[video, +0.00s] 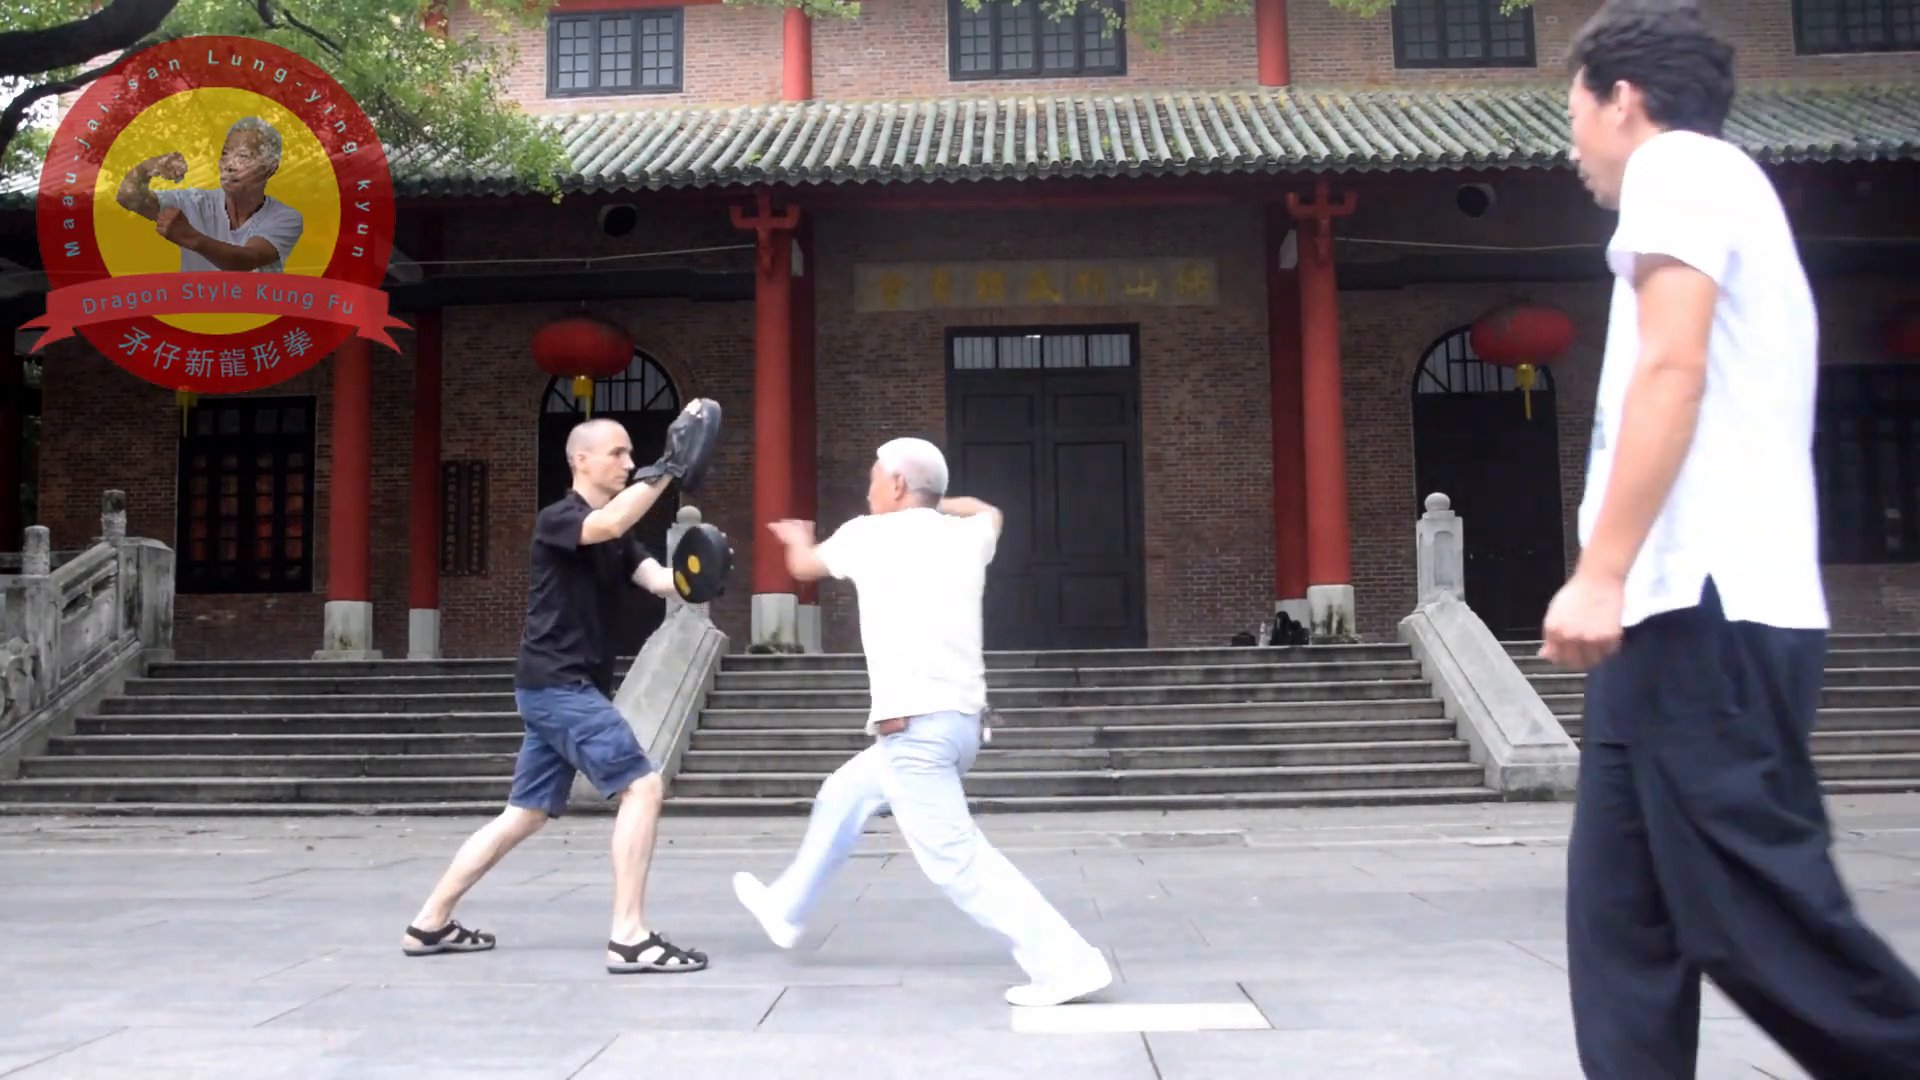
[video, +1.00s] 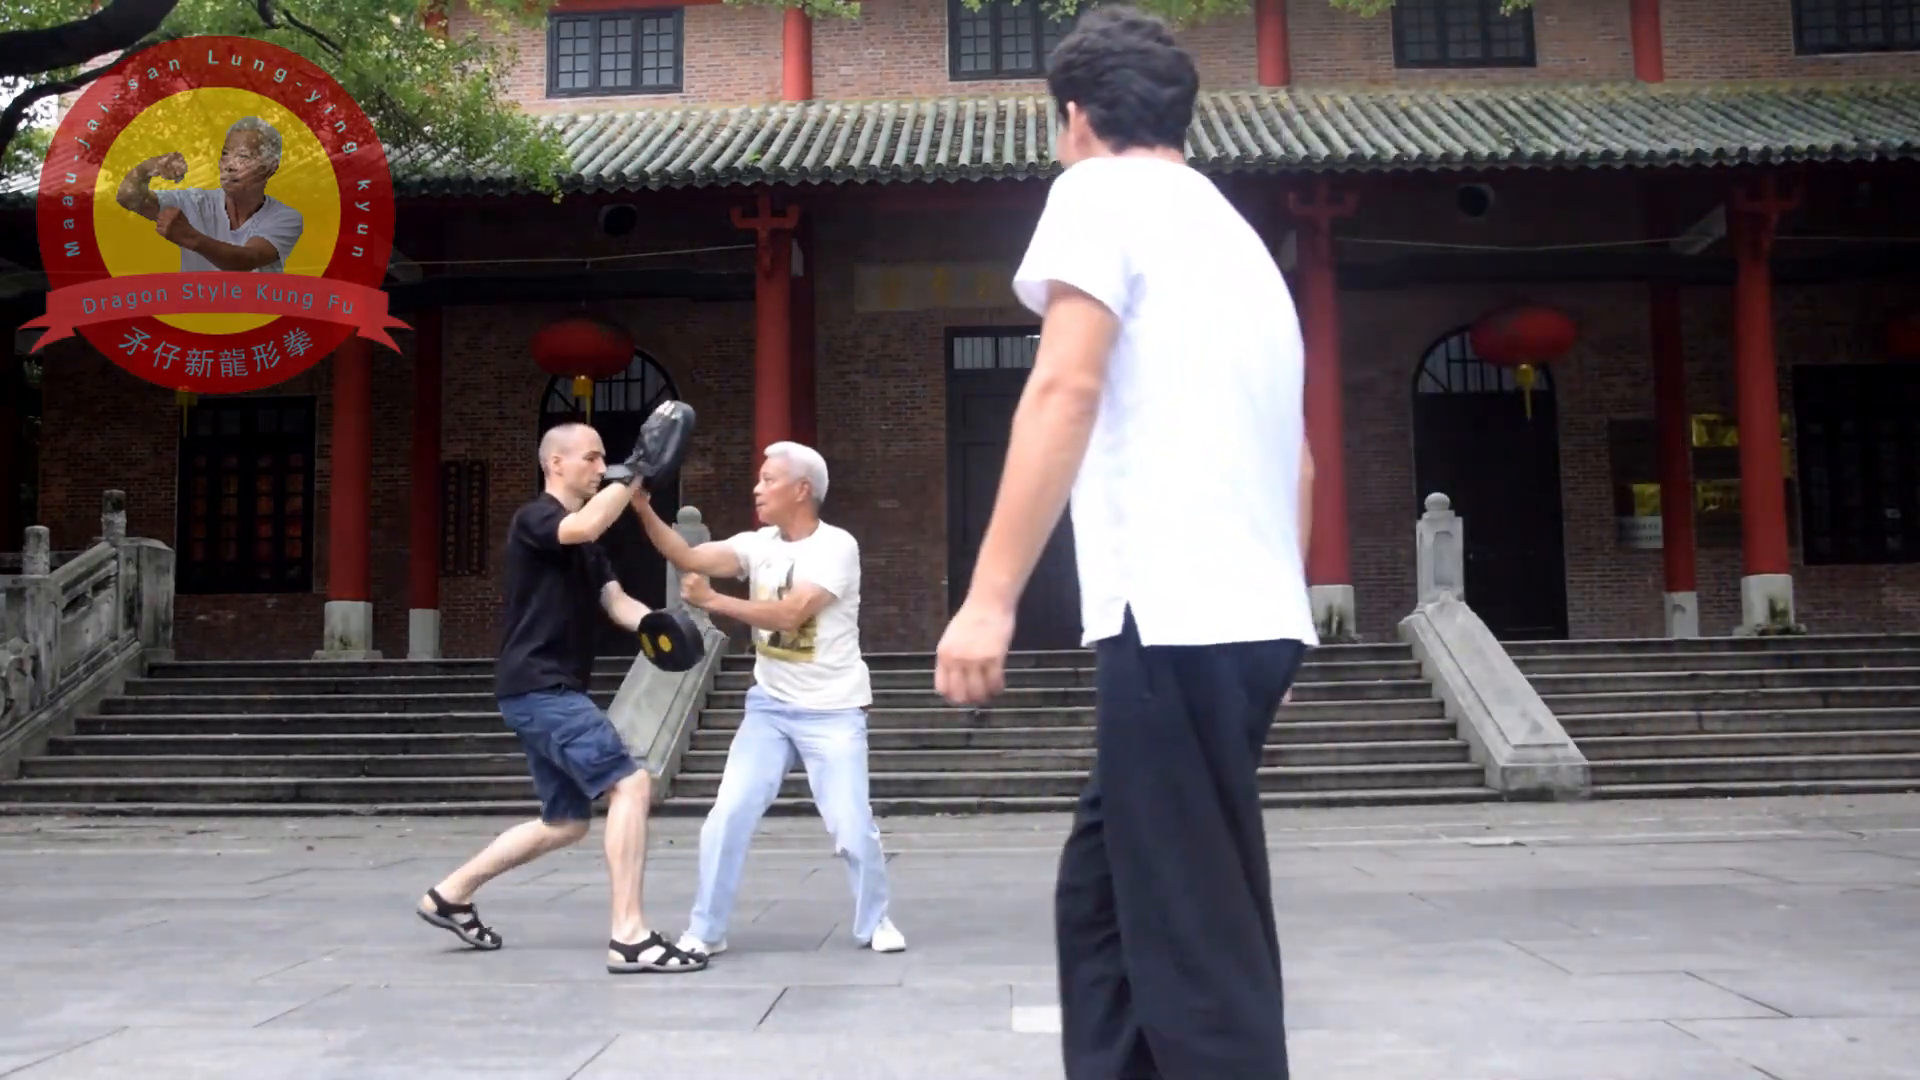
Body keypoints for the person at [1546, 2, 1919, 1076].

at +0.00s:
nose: (1571, 134)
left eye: (1576, 106)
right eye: (1570, 109)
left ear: (1629, 100)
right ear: (1673, 102)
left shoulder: (1682, 167)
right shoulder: (1715, 186)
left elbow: (1672, 372)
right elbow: (1710, 405)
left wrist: (1600, 572)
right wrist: (1616, 578)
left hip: (1713, 613)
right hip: (1662, 618)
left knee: (1762, 924)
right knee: (1620, 931)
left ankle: (1897, 1051)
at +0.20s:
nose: (1467, 145)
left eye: (1470, 119)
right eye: (1467, 121)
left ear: (1515, 112)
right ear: (1565, 112)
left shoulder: (1567, 174)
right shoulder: (1622, 193)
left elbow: (1563, 373)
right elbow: (1611, 409)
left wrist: (1482, 567)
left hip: (1606, 612)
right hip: (1644, 610)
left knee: (1502, 893)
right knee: (1617, 911)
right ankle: (1647, 1067)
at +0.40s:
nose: (1367, 155)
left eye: (1369, 130)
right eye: (1368, 131)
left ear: (1406, 128)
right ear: (1474, 125)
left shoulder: (1452, 199)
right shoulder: (1526, 215)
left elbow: (1460, 389)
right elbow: (1543, 433)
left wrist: (1401, 596)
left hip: (1494, 623)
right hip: (1549, 624)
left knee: (1395, 934)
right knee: (1562, 923)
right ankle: (1627, 1073)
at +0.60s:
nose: (1247, 158)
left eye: (1247, 134)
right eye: (1244, 137)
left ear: (1281, 125)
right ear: (1366, 123)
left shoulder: (1321, 205)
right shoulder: (1414, 233)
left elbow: (1319, 404)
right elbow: (1429, 452)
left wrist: (1265, 616)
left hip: (1355, 630)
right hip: (1432, 637)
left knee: (1260, 936)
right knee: (1446, 909)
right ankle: (1565, 1075)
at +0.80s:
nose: (1141, 137)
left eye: (1142, 116)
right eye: (1139, 117)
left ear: (1172, 109)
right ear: (1264, 109)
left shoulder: (1197, 185)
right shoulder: (1323, 229)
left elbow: (1175, 379)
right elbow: (1355, 447)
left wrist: (1102, 588)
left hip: (1257, 623)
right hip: (1344, 624)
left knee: (1220, 922)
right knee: (1267, 889)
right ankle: (1389, 1059)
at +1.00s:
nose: (1055, 146)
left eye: (1054, 125)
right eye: (1053, 127)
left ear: (1083, 118)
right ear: (1175, 121)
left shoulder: (1098, 196)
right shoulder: (1240, 243)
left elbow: (1066, 388)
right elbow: (1297, 462)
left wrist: (990, 597)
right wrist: (1270, 619)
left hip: (1172, 624)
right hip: (1251, 623)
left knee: (1187, 924)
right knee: (1098, 895)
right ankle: (1112, 1072)